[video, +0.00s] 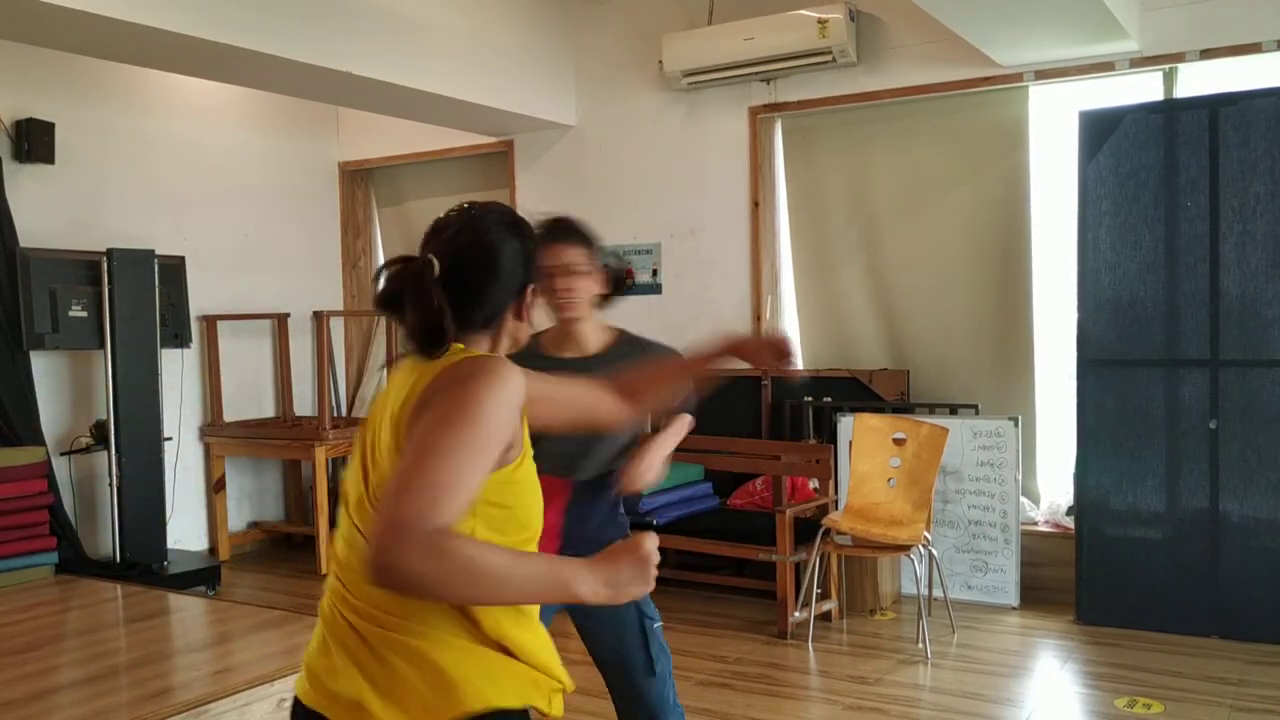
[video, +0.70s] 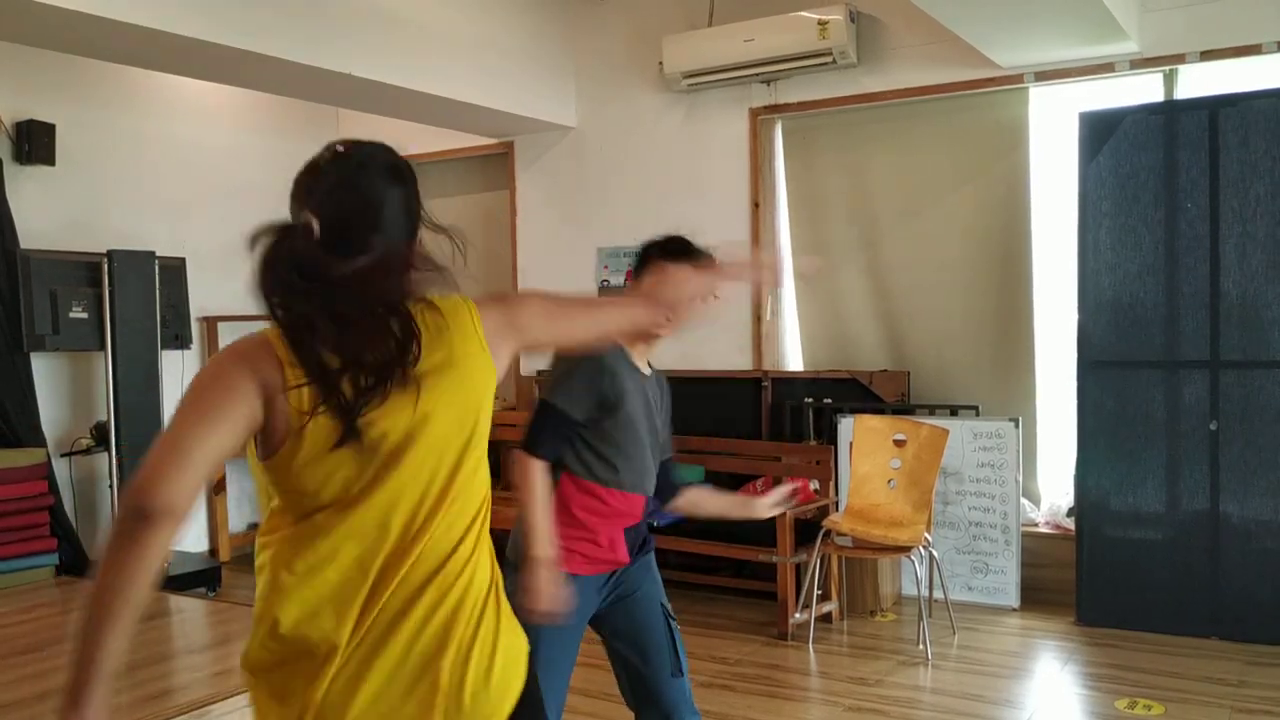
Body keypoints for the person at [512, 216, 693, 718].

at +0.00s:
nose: (564, 284)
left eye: (577, 271)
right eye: (552, 272)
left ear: (604, 279)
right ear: (537, 285)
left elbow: (683, 409)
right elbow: (488, 435)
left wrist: (657, 449)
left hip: (601, 539)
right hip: (522, 541)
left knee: (648, 693)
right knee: (489, 681)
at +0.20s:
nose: (687, 357)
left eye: (694, 352)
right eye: (695, 349)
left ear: (653, 308)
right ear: (695, 336)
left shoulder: (611, 344)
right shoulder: (655, 352)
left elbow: (556, 409)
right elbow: (601, 431)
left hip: (621, 554)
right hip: (573, 553)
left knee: (665, 698)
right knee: (542, 701)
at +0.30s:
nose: (712, 373)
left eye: (720, 363)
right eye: (722, 359)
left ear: (680, 321)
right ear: (713, 338)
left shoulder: (643, 363)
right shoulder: (647, 354)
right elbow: (658, 442)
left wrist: (741, 494)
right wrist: (739, 499)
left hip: (621, 559)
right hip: (573, 558)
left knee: (671, 703)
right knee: (544, 704)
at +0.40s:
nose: (724, 375)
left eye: (732, 368)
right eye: (731, 362)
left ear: (710, 331)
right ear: (716, 331)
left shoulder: (663, 372)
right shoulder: (650, 350)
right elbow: (685, 439)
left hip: (620, 562)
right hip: (563, 560)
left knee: (665, 704)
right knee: (535, 706)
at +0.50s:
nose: (730, 352)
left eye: (739, 344)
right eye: (730, 333)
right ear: (696, 309)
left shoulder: (662, 364)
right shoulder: (646, 349)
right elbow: (665, 450)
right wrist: (734, 450)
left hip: (620, 559)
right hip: (561, 558)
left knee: (665, 703)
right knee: (536, 707)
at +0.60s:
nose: (706, 324)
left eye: (718, 315)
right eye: (699, 304)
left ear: (723, 320)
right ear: (665, 293)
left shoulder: (650, 364)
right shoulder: (630, 355)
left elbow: (616, 458)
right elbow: (586, 459)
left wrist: (647, 525)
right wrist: (663, 515)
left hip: (621, 559)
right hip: (566, 557)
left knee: (663, 702)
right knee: (539, 702)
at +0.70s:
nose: (674, 308)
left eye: (688, 298)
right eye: (668, 290)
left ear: (696, 305)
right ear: (637, 283)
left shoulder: (654, 385)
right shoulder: (589, 363)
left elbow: (667, 492)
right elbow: (531, 457)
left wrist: (754, 506)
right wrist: (541, 560)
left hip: (629, 568)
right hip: (558, 571)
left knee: (672, 706)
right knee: (535, 709)